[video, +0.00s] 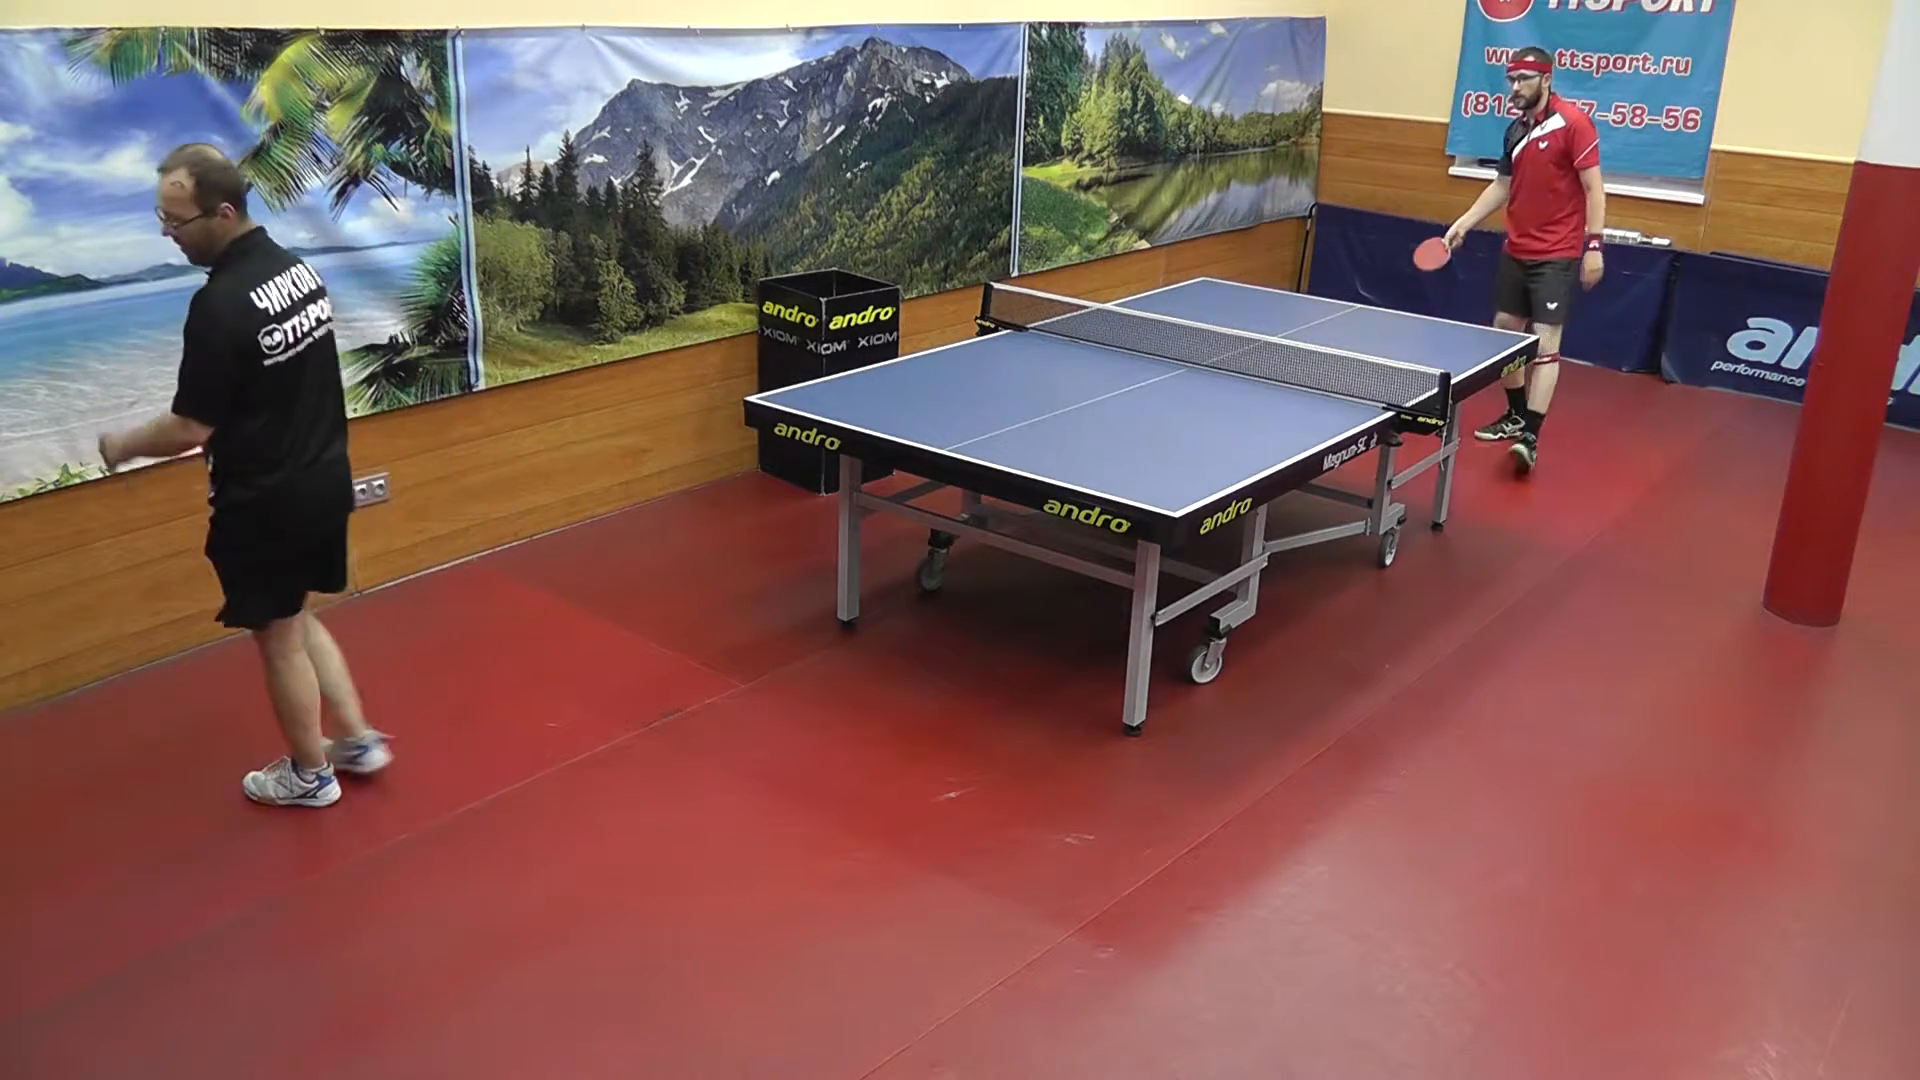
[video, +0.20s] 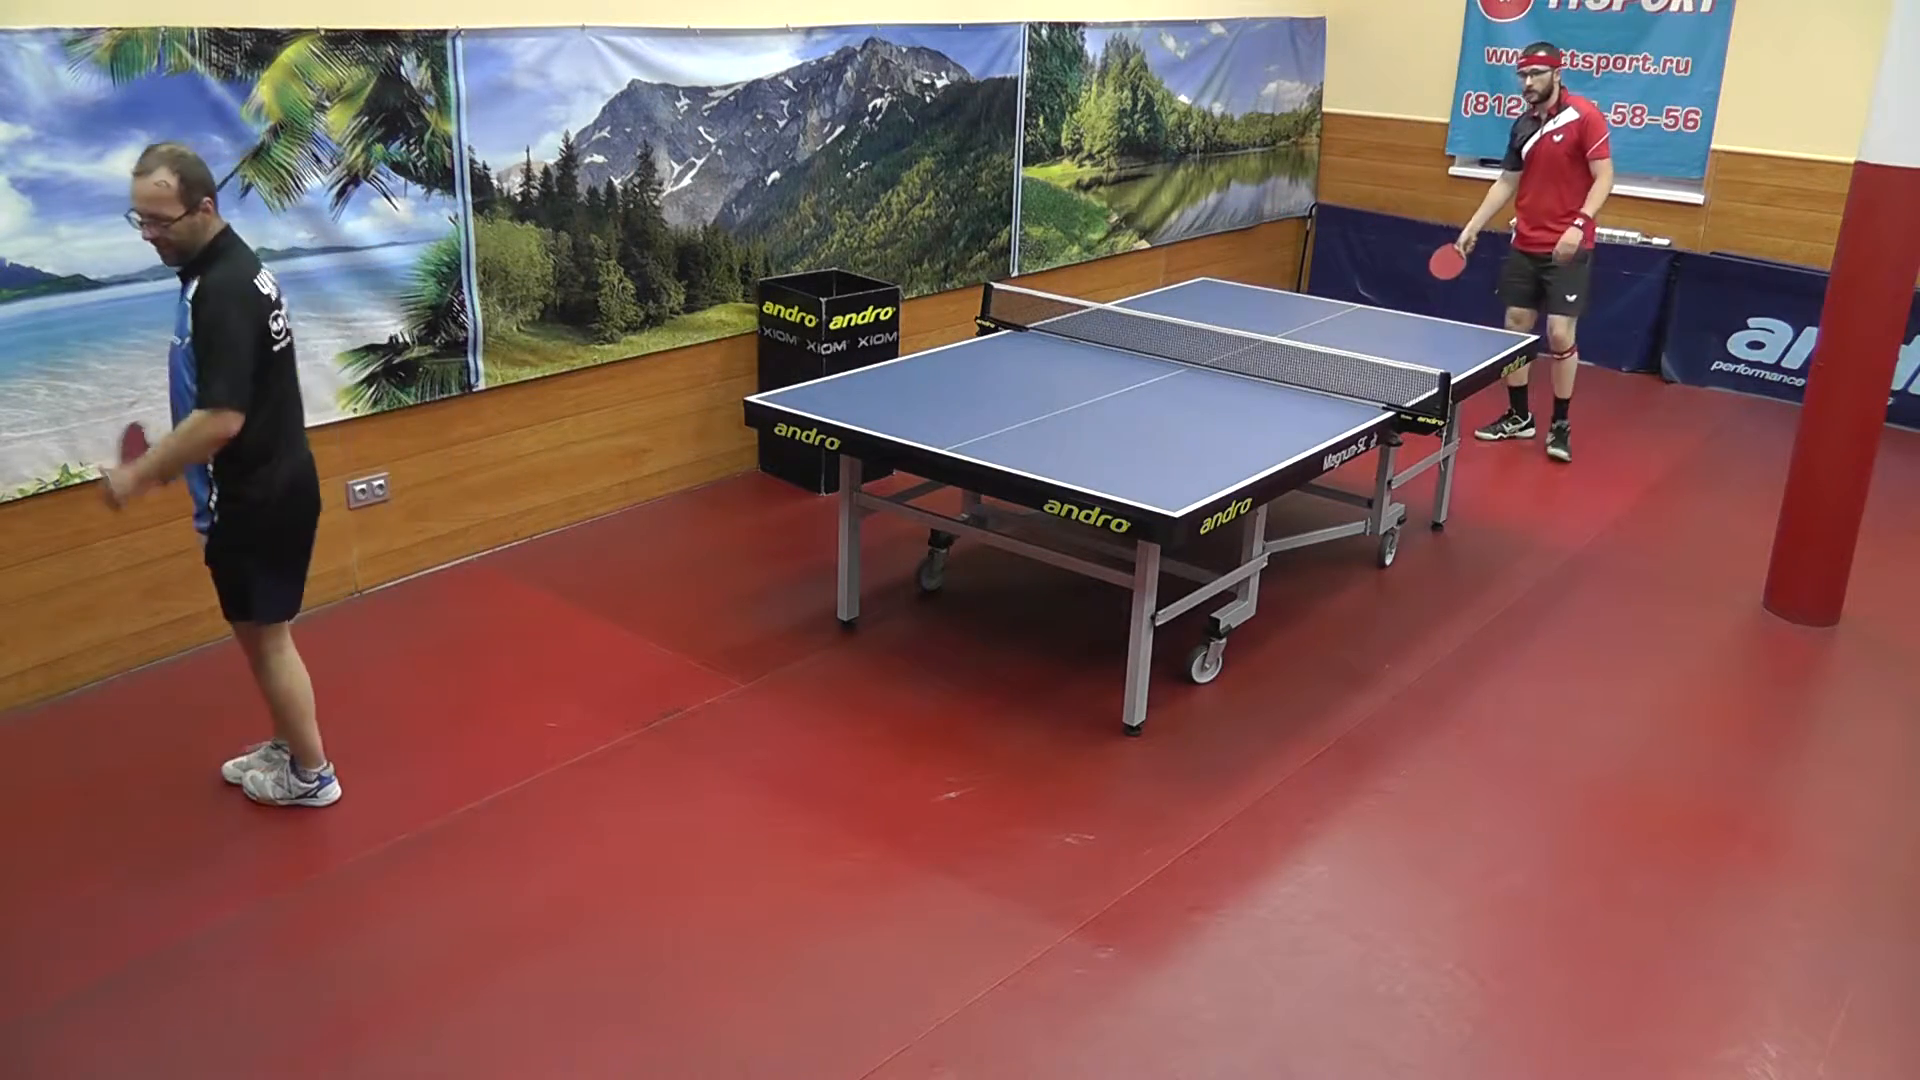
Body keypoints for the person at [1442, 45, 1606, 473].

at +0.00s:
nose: (1516, 87)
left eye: (1524, 80)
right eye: (1512, 79)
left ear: (1546, 80)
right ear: (1510, 81)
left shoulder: (1575, 125)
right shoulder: (1516, 129)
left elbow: (1594, 187)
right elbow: (1503, 185)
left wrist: (1594, 246)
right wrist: (1465, 222)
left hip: (1557, 255)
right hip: (1515, 251)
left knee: (1545, 344)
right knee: (1505, 330)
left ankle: (1530, 437)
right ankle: (1516, 414)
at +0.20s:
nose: (1529, 82)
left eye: (1537, 74)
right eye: (1524, 75)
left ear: (1557, 75)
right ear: (1520, 78)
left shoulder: (1586, 117)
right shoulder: (1523, 125)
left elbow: (1604, 177)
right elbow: (1506, 181)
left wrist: (1578, 226)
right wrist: (1473, 227)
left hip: (1569, 246)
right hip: (1524, 245)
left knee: (1560, 337)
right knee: (1516, 325)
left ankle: (1559, 426)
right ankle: (1518, 416)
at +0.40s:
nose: (1549, 80)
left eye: (1557, 72)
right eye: (1544, 73)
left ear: (1577, 73)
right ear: (1540, 75)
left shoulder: (1605, 117)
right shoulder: (1539, 123)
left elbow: (1617, 177)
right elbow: (1525, 182)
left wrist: (1584, 215)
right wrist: (1499, 232)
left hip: (1582, 248)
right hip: (1535, 244)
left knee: (1576, 337)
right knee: (1524, 324)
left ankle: (1577, 394)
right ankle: (1519, 415)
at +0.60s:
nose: (1573, 83)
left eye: (1581, 76)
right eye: (1568, 76)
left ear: (1600, 76)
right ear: (1562, 78)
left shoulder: (1625, 124)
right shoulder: (1558, 122)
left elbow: (1634, 185)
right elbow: (1544, 182)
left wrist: (1611, 234)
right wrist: (1524, 230)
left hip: (1595, 249)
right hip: (1549, 243)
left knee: (1588, 332)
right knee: (1536, 322)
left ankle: (1578, 400)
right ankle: (1521, 412)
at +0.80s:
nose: (1595, 84)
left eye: (1603, 77)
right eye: (1589, 76)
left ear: (1619, 78)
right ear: (1582, 76)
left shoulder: (1640, 124)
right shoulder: (1572, 117)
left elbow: (1648, 187)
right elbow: (1555, 173)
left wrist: (1651, 243)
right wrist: (1532, 220)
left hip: (1608, 245)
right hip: (1562, 237)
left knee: (1595, 325)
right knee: (1545, 315)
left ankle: (1578, 401)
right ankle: (1531, 403)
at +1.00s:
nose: (1607, 82)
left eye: (1616, 74)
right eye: (1601, 74)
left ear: (1630, 75)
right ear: (1593, 74)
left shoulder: (1648, 120)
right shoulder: (1576, 114)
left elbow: (1659, 178)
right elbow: (1554, 166)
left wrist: (1670, 233)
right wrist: (1527, 215)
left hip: (1611, 239)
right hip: (1564, 231)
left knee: (1597, 318)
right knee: (1543, 309)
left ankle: (1578, 400)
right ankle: (1539, 391)